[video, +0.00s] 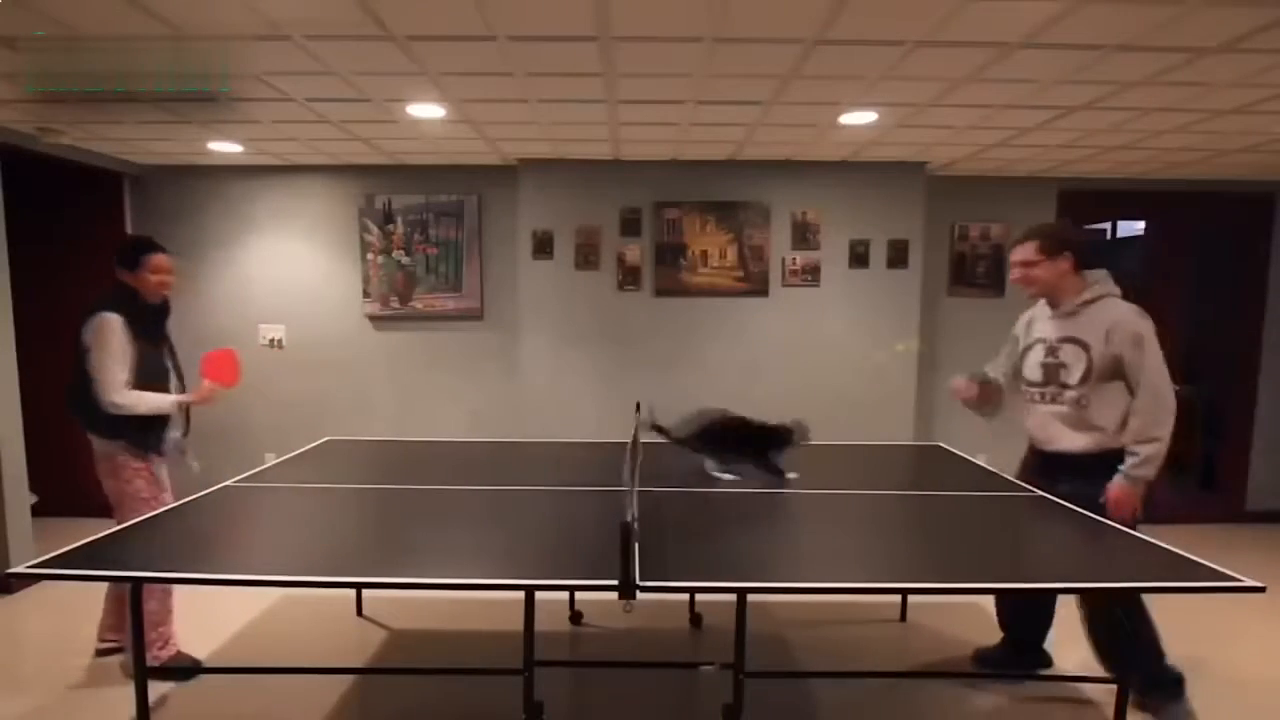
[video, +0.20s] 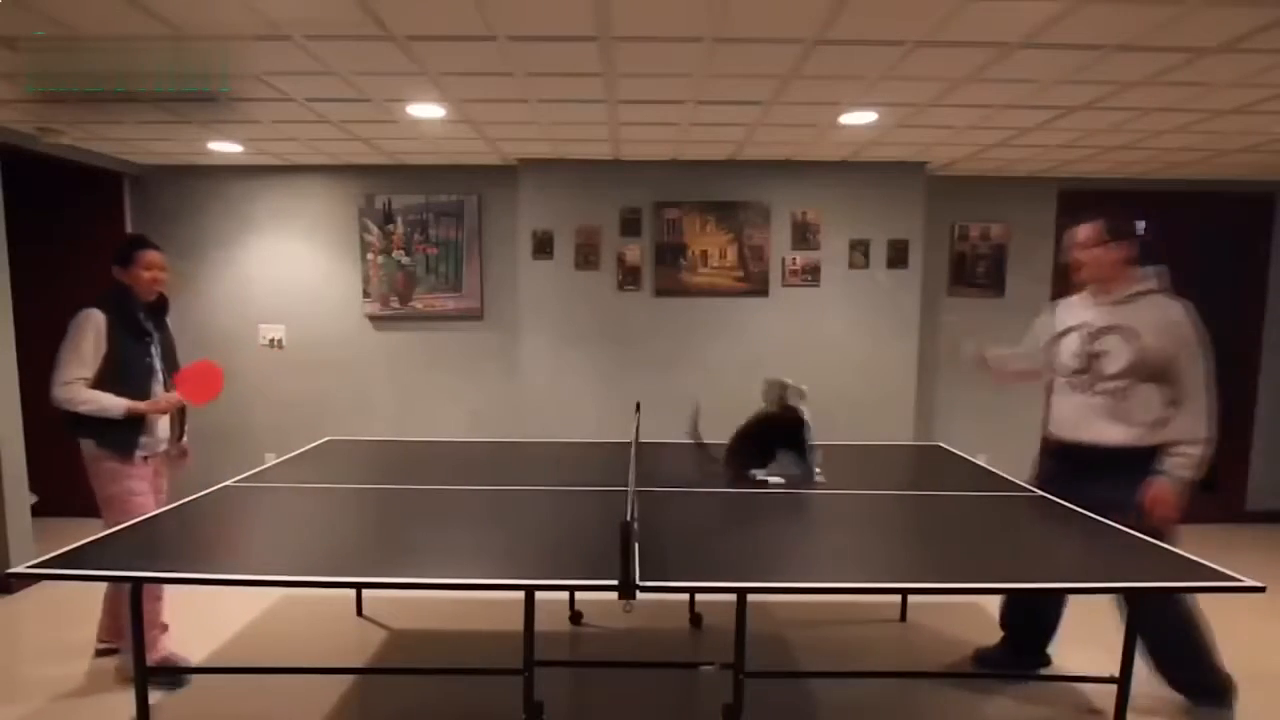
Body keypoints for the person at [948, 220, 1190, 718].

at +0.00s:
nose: (1017, 277)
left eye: (1026, 266)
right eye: (1014, 268)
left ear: (1064, 263)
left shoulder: (1124, 322)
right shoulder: (1030, 321)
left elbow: (1157, 403)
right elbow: (1001, 387)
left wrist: (1133, 476)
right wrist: (979, 393)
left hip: (1100, 469)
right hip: (1041, 464)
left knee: (1104, 586)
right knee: (1018, 555)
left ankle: (1160, 692)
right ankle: (1022, 647)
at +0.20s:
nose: (1078, 256)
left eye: (1089, 246)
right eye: (1075, 248)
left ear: (1122, 250)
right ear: (1072, 257)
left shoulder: (1166, 314)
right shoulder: (1064, 313)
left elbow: (1197, 404)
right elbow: (1033, 358)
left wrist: (1174, 476)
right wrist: (991, 361)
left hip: (1132, 468)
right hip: (1062, 462)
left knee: (1145, 586)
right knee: (1036, 558)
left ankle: (1210, 691)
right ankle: (1021, 648)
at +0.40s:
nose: (1139, 253)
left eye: (1151, 243)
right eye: (1139, 242)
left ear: (1190, 249)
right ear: (1143, 250)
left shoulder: (1238, 318)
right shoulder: (1149, 307)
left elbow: (1266, 415)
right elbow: (1150, 380)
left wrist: (1243, 492)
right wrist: (1109, 393)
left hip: (1200, 475)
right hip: (1140, 467)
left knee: (1202, 595)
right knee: (1103, 568)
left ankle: (1212, 698)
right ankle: (1052, 656)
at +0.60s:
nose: (1162, 249)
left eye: (1175, 240)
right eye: (1160, 240)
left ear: (1215, 246)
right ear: (1160, 246)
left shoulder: (1263, 307)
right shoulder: (1162, 306)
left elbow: (1278, 396)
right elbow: (1163, 370)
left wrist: (1276, 478)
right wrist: (1140, 387)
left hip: (1240, 464)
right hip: (1174, 459)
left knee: (1231, 582)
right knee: (1175, 566)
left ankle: (1219, 694)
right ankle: (1187, 654)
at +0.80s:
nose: (1157, 255)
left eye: (1169, 245)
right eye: (1154, 246)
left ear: (1208, 250)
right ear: (1156, 253)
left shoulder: (1264, 305)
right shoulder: (1159, 314)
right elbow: (1166, 369)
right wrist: (1144, 392)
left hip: (1253, 457)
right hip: (1189, 457)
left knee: (1248, 573)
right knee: (1189, 563)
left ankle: (1242, 686)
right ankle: (1195, 656)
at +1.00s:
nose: (1190, 247)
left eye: (1203, 237)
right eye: (1189, 238)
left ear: (1243, 243)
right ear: (1186, 246)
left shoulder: (1272, 295)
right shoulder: (1181, 311)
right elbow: (1178, 371)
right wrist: (1154, 388)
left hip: (1263, 456)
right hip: (1199, 457)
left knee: (1273, 572)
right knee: (1201, 562)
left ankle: (1279, 675)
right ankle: (1199, 660)